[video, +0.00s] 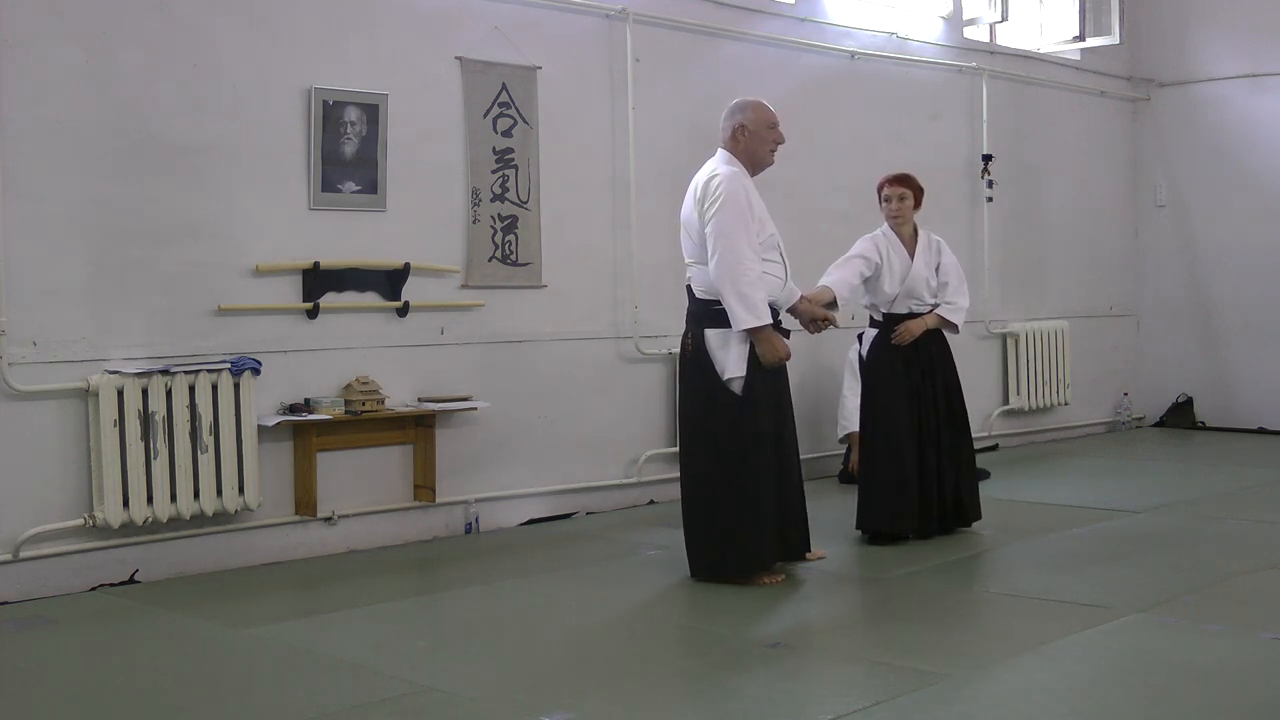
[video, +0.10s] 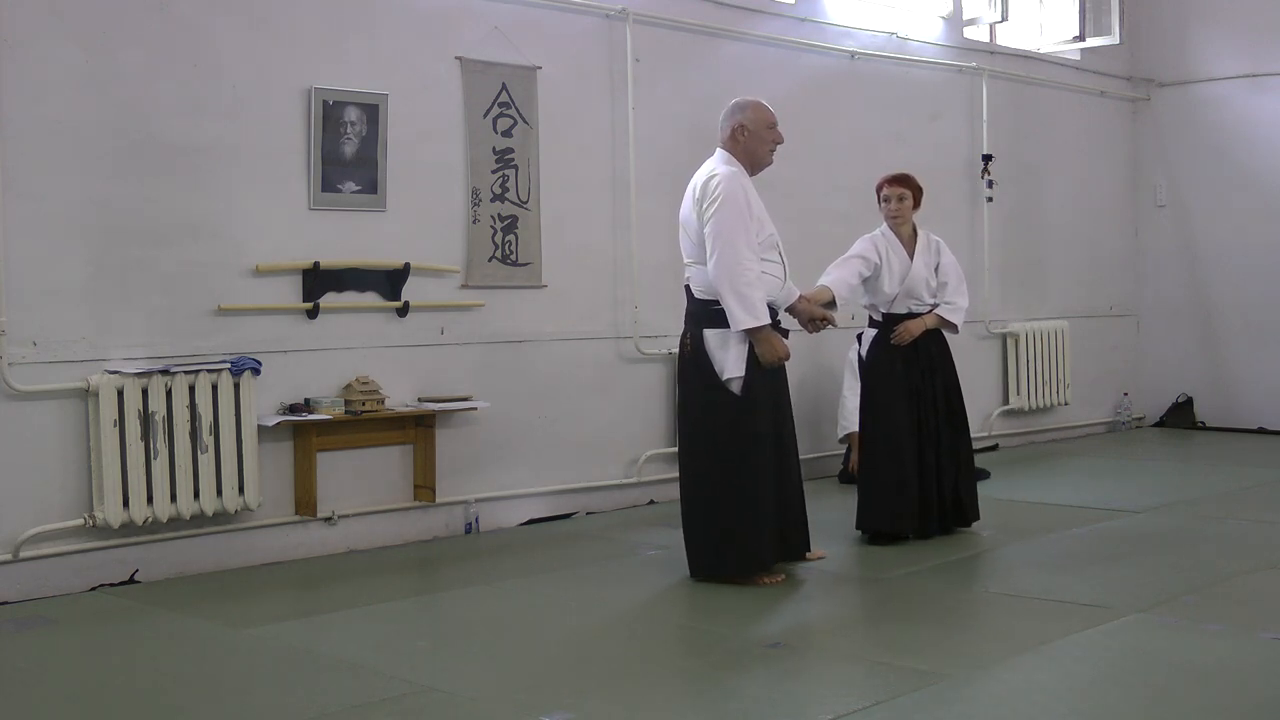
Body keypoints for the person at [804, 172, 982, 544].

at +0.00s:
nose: (894, 206)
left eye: (902, 199)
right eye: (887, 200)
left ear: (917, 204)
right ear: (880, 206)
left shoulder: (935, 246)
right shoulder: (873, 246)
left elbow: (956, 299)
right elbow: (844, 275)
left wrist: (923, 323)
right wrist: (812, 300)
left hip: (929, 344)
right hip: (887, 346)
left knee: (938, 427)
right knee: (892, 432)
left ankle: (943, 515)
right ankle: (893, 521)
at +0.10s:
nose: (893, 206)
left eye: (901, 199)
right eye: (886, 200)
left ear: (916, 204)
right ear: (880, 206)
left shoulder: (934, 246)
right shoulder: (872, 246)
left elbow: (955, 299)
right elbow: (843, 276)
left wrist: (923, 323)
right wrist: (810, 299)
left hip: (929, 344)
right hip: (886, 347)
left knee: (937, 427)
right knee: (891, 432)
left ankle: (941, 515)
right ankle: (892, 521)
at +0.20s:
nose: (892, 207)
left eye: (900, 200)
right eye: (885, 201)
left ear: (915, 204)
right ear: (878, 206)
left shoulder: (934, 246)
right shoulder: (872, 246)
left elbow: (955, 299)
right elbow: (844, 273)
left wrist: (923, 323)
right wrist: (814, 297)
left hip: (928, 344)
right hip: (886, 346)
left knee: (936, 427)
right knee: (890, 431)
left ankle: (940, 515)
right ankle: (891, 521)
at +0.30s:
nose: (892, 207)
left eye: (900, 200)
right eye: (885, 201)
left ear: (915, 204)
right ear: (878, 207)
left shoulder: (933, 247)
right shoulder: (872, 247)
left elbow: (954, 300)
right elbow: (842, 276)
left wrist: (922, 323)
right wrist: (809, 299)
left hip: (928, 344)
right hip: (886, 346)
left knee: (936, 427)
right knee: (891, 432)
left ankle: (941, 515)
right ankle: (892, 521)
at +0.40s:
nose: (892, 207)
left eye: (900, 200)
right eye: (885, 202)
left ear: (915, 204)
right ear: (878, 207)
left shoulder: (933, 246)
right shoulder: (871, 246)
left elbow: (955, 300)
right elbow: (842, 275)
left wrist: (922, 323)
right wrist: (810, 299)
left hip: (928, 344)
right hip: (886, 347)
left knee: (936, 427)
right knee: (891, 432)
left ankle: (941, 515)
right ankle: (891, 521)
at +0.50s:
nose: (892, 208)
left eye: (899, 200)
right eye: (884, 202)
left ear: (914, 204)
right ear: (878, 207)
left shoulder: (932, 246)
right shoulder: (871, 247)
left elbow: (954, 299)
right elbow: (843, 275)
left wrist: (922, 323)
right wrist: (810, 299)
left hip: (928, 344)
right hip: (886, 347)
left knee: (936, 427)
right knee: (891, 432)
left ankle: (940, 514)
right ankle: (892, 520)